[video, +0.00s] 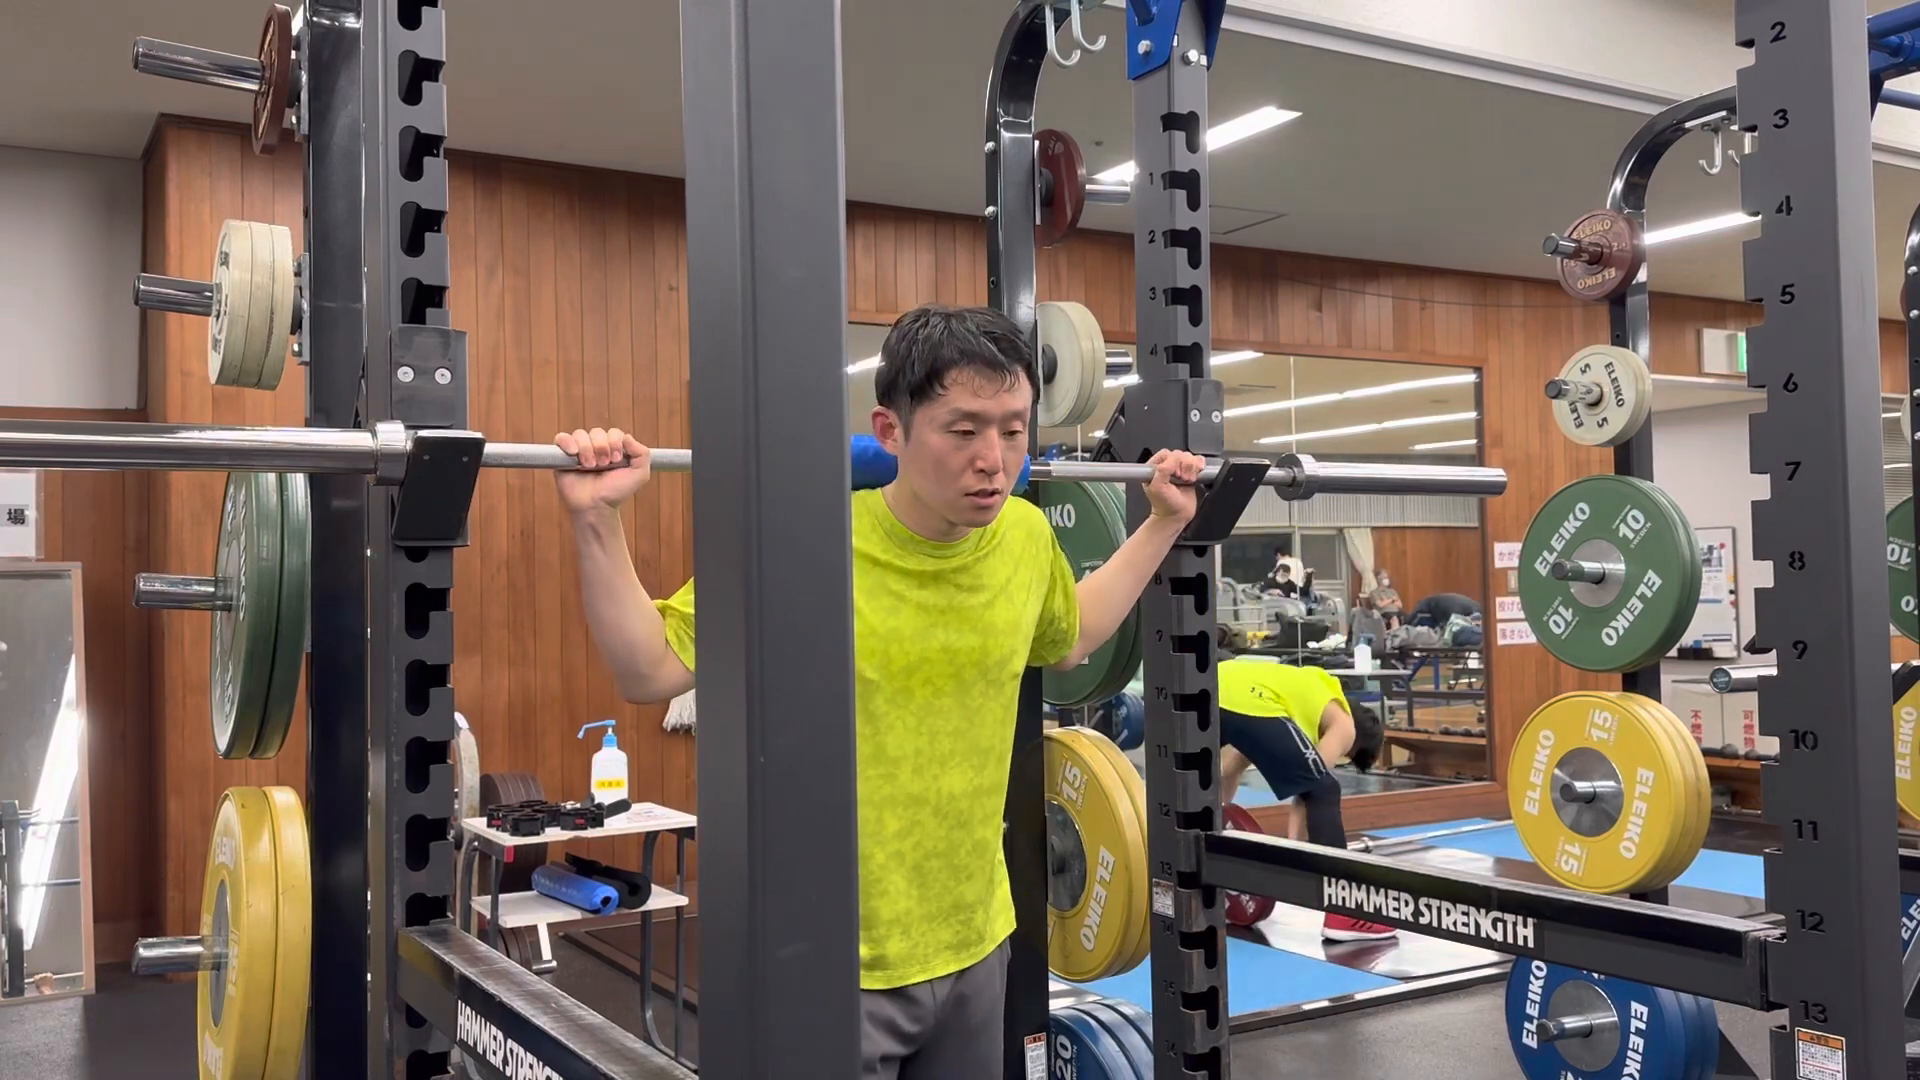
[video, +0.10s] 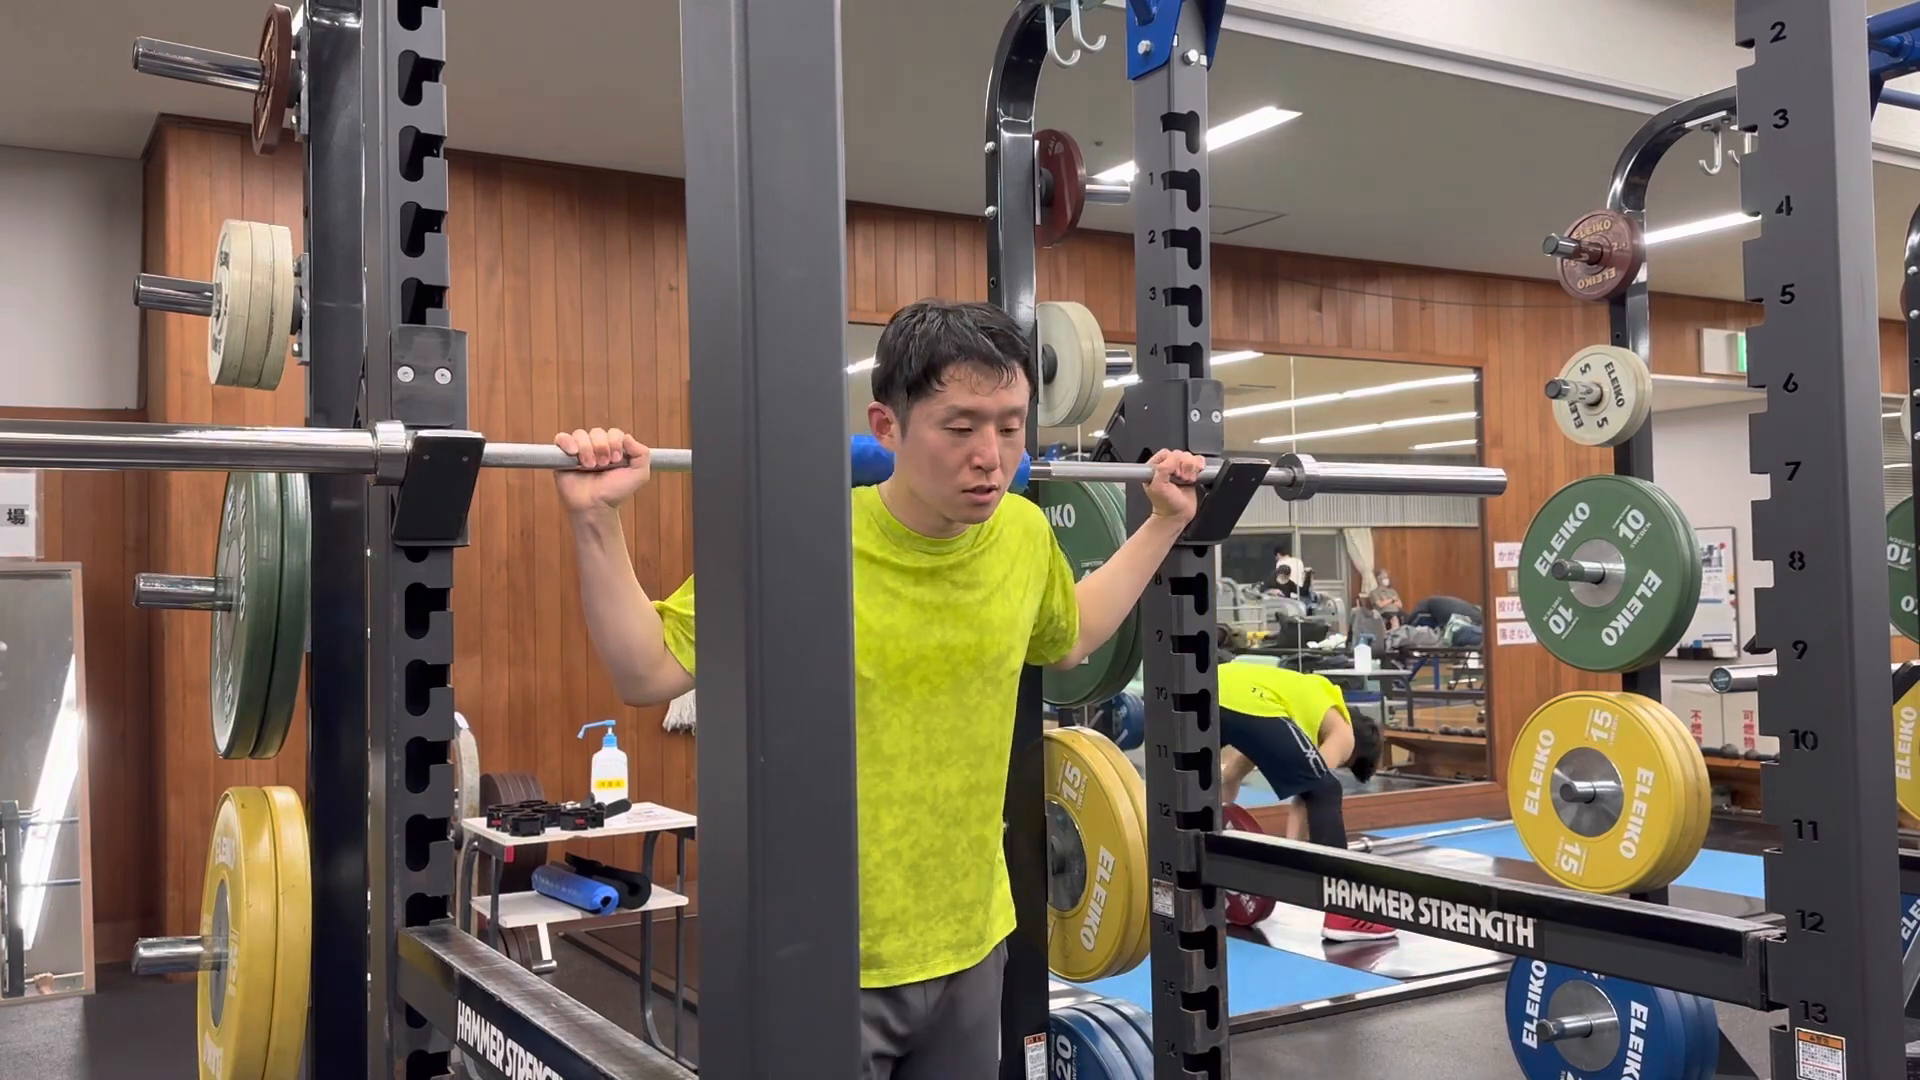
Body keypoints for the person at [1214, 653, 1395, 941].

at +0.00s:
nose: (1339, 759)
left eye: (1344, 758)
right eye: (1346, 754)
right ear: (1356, 737)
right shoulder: (1343, 723)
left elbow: (1231, 767)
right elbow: (1304, 792)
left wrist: (1217, 818)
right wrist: (1297, 855)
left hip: (1207, 692)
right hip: (1255, 706)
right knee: (1323, 790)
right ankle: (1342, 909)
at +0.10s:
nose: (1341, 763)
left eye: (1344, 763)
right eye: (1347, 759)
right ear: (1356, 743)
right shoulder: (1342, 733)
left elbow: (1228, 777)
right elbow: (1302, 798)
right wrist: (1295, 864)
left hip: (1206, 691)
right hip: (1255, 707)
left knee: (1204, 790)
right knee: (1324, 791)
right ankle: (1342, 909)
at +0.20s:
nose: (1343, 763)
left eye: (1346, 763)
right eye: (1349, 759)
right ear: (1359, 743)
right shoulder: (1345, 736)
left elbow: (1229, 776)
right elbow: (1302, 799)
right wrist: (1292, 866)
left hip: (1207, 693)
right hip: (1258, 707)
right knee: (1327, 791)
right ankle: (1343, 909)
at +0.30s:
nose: (1346, 763)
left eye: (1351, 764)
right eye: (1352, 760)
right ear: (1363, 743)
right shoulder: (1348, 734)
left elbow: (1231, 776)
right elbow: (1305, 795)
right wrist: (1294, 861)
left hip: (1209, 690)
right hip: (1263, 705)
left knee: (1199, 790)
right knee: (1327, 791)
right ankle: (1343, 910)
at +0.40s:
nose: (1349, 762)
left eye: (1355, 761)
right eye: (1355, 757)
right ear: (1365, 739)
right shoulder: (1350, 731)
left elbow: (1234, 777)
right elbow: (1306, 794)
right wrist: (1296, 861)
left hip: (1208, 688)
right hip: (1263, 703)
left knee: (1199, 791)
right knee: (1326, 791)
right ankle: (1343, 909)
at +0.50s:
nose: (1348, 759)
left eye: (1354, 758)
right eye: (1355, 754)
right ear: (1366, 735)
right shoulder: (1351, 725)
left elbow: (1241, 774)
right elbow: (1309, 794)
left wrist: (1228, 832)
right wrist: (1301, 861)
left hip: (1207, 687)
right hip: (1263, 700)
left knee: (1195, 791)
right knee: (1323, 791)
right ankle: (1342, 909)